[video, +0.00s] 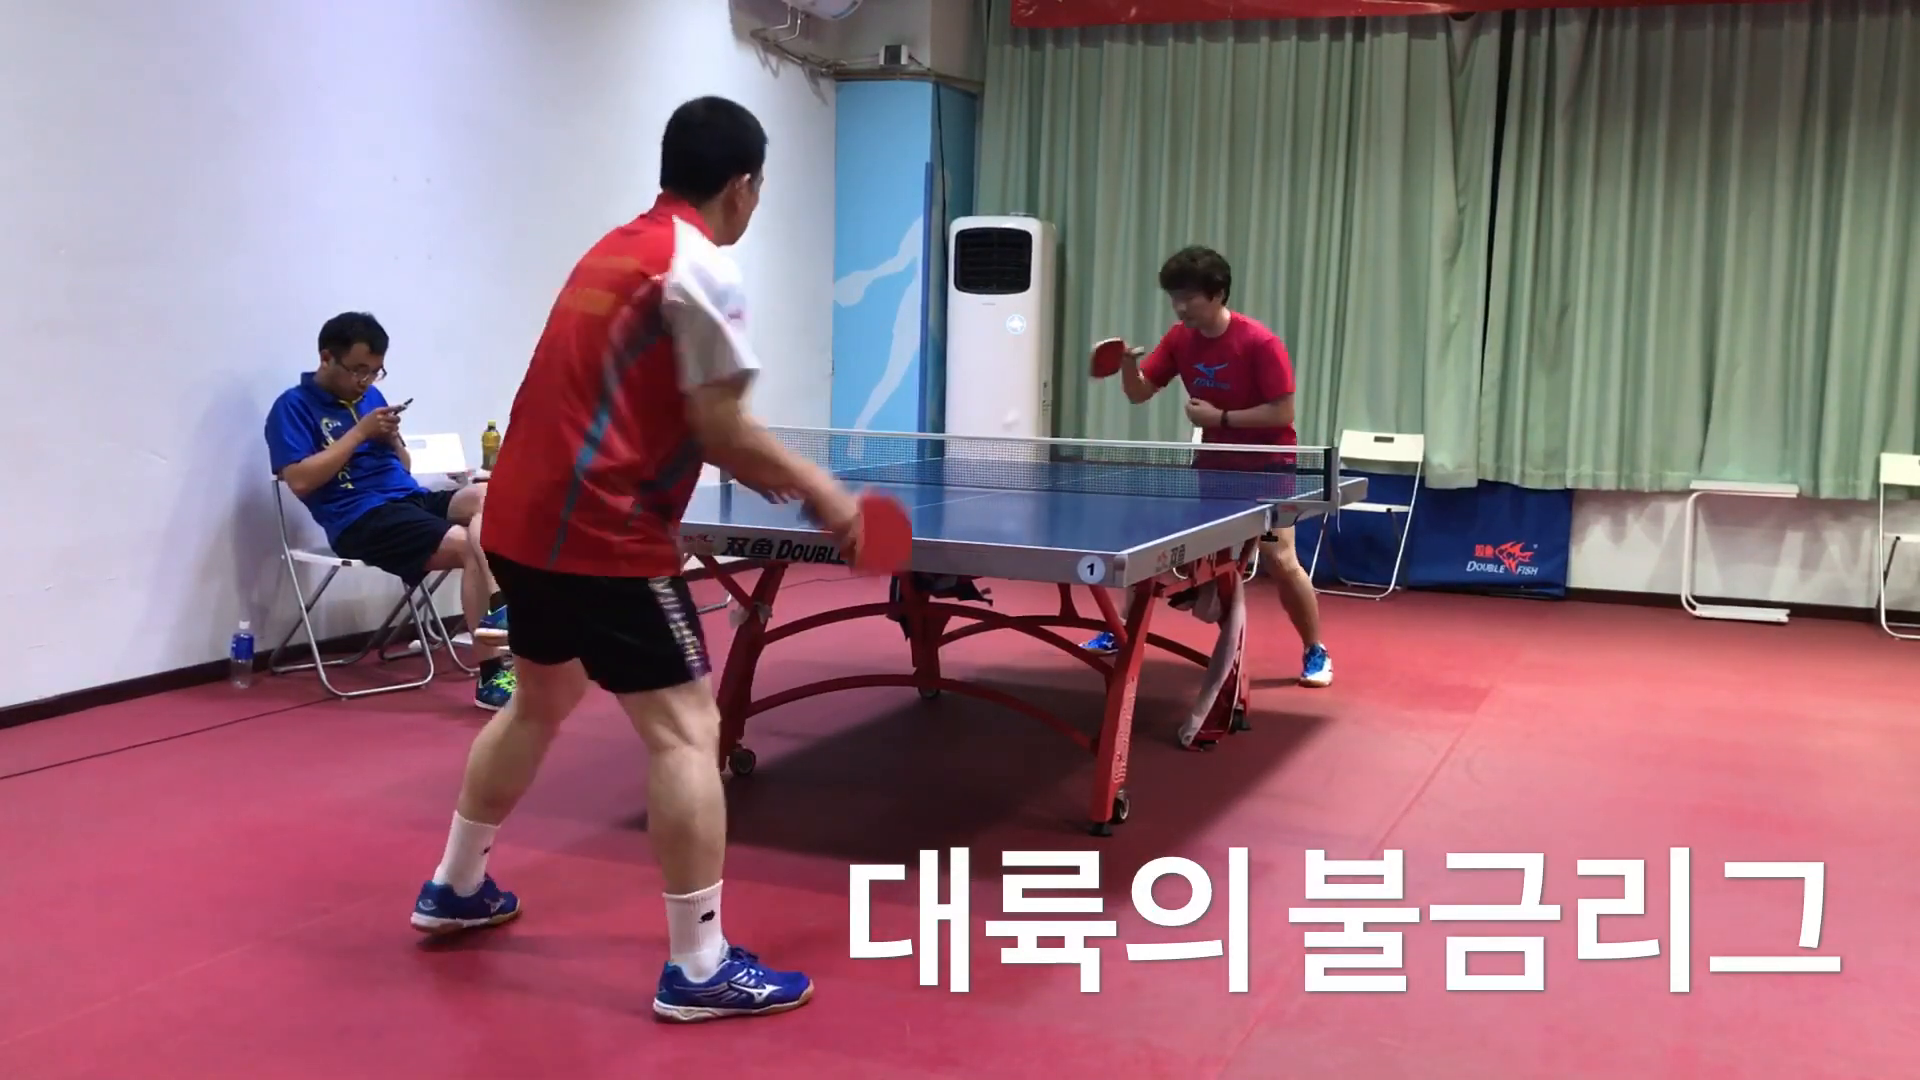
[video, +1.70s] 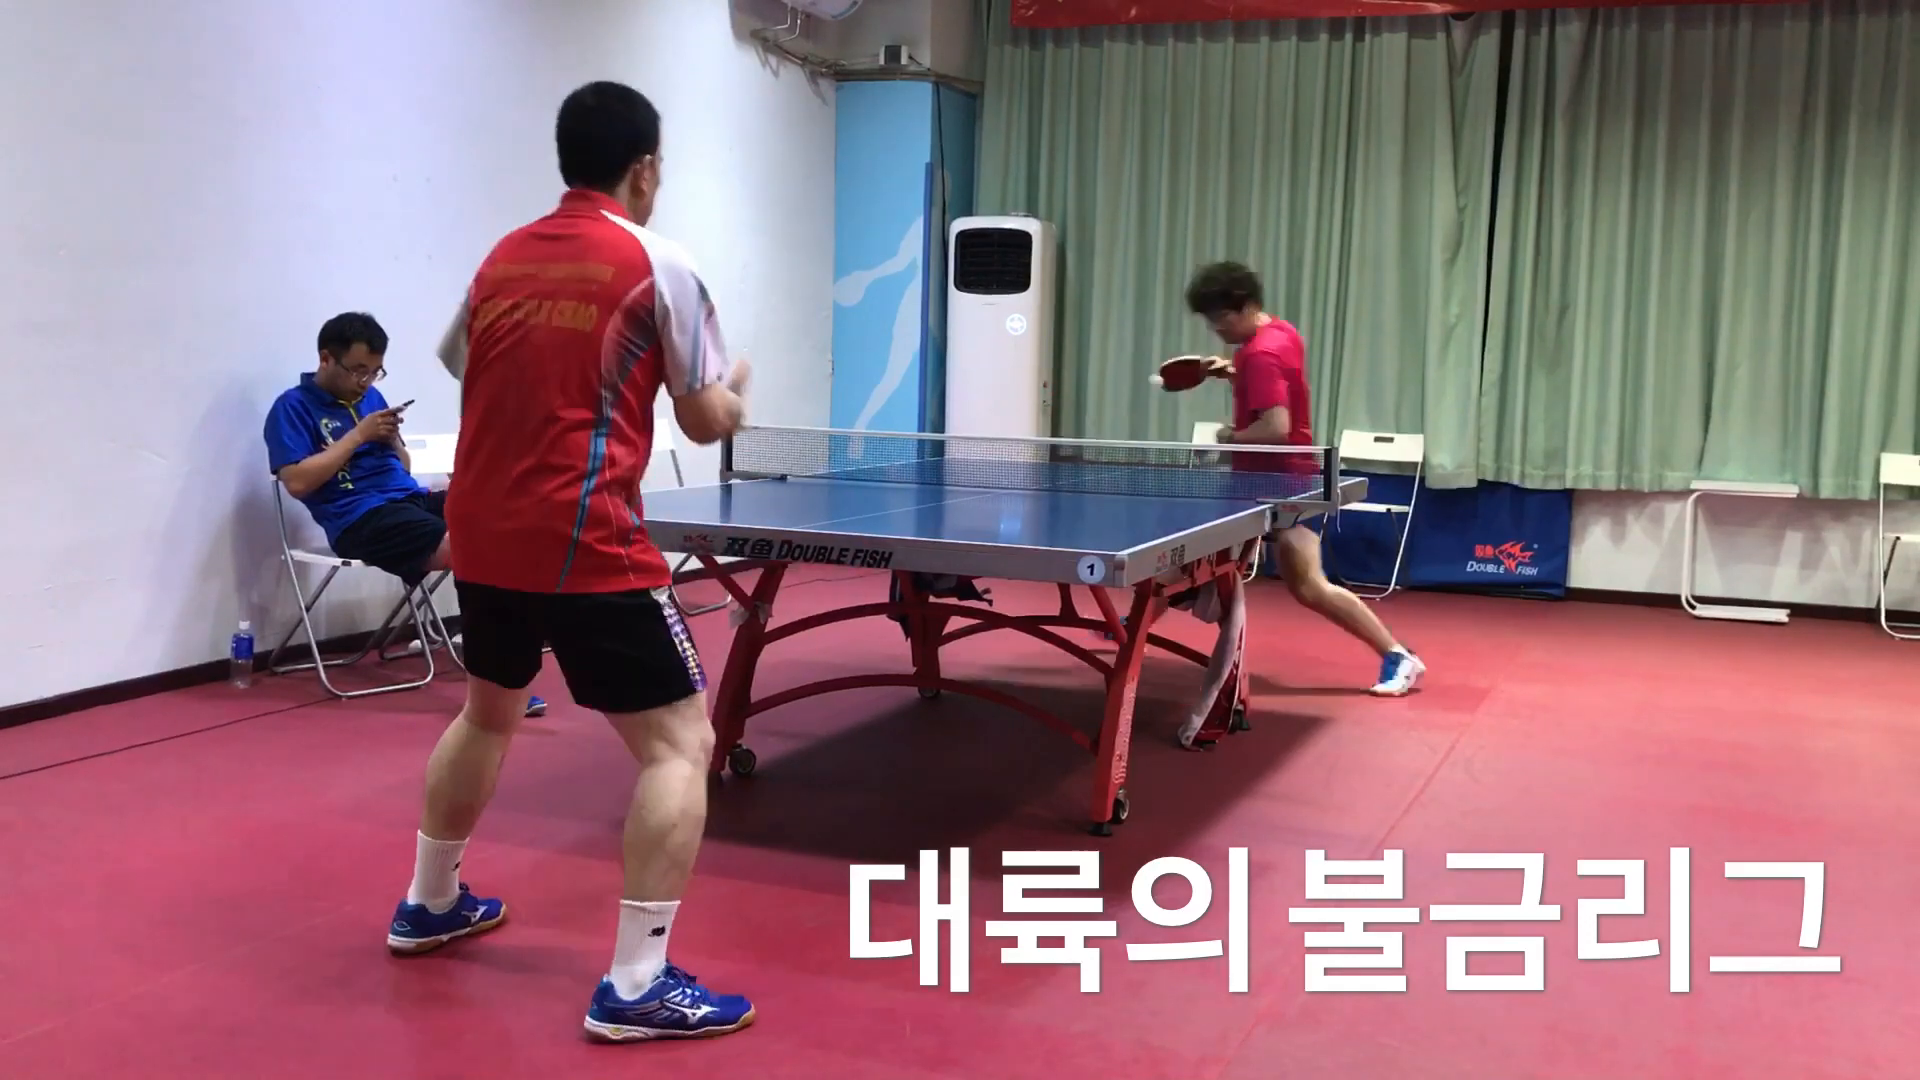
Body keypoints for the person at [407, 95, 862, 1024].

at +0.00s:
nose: (756, 202)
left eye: (755, 186)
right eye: (757, 185)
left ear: (670, 171)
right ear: (738, 185)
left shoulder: (618, 247)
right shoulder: (698, 266)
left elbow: (667, 417)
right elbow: (718, 430)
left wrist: (784, 468)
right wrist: (821, 490)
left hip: (523, 525)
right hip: (604, 541)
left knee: (538, 706)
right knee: (685, 732)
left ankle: (453, 886)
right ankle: (700, 966)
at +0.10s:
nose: (753, 219)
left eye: (756, 203)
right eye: (754, 202)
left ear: (678, 190)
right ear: (726, 200)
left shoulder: (647, 262)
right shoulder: (658, 270)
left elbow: (652, 417)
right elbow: (623, 419)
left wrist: (736, 472)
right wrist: (722, 505)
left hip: (527, 537)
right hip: (585, 544)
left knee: (548, 715)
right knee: (672, 731)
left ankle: (451, 894)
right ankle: (699, 965)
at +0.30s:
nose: (694, 205)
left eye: (697, 188)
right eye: (692, 186)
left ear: (628, 173)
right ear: (655, 176)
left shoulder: (569, 240)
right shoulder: (593, 241)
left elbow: (579, 407)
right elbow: (600, 381)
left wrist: (674, 462)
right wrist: (759, 398)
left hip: (509, 531)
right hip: (568, 538)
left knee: (536, 711)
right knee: (651, 724)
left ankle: (449, 895)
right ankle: (690, 959)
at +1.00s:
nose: (732, 226)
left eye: (733, 209)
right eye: (731, 208)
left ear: (654, 198)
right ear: (703, 207)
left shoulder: (624, 269)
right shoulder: (633, 277)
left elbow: (635, 433)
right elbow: (593, 427)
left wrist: (709, 505)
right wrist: (696, 524)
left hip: (495, 543)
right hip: (546, 552)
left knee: (535, 719)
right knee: (645, 739)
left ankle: (432, 898)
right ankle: (643, 987)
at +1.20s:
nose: (691, 222)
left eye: (696, 204)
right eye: (690, 201)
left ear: (637, 182)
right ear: (649, 184)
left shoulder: (593, 252)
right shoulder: (566, 239)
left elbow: (572, 401)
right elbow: (520, 375)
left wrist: (633, 482)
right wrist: (662, 417)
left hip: (513, 536)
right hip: (534, 541)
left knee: (532, 719)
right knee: (624, 730)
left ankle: (432, 895)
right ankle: (642, 978)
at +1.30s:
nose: (661, 191)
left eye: (664, 172)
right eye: (659, 170)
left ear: (591, 153)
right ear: (625, 159)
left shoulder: (534, 212)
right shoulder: (568, 214)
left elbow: (529, 381)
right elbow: (630, 351)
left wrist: (611, 458)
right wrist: (704, 315)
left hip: (481, 511)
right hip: (541, 515)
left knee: (513, 706)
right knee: (618, 718)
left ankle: (431, 895)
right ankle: (628, 964)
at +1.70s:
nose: (661, 178)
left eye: (657, 164)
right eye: (660, 164)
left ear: (564, 166)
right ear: (641, 170)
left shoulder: (505, 253)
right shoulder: (656, 269)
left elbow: (454, 354)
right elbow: (702, 422)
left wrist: (543, 398)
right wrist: (734, 396)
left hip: (483, 542)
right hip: (593, 548)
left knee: (485, 714)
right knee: (676, 747)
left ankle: (429, 901)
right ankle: (636, 983)